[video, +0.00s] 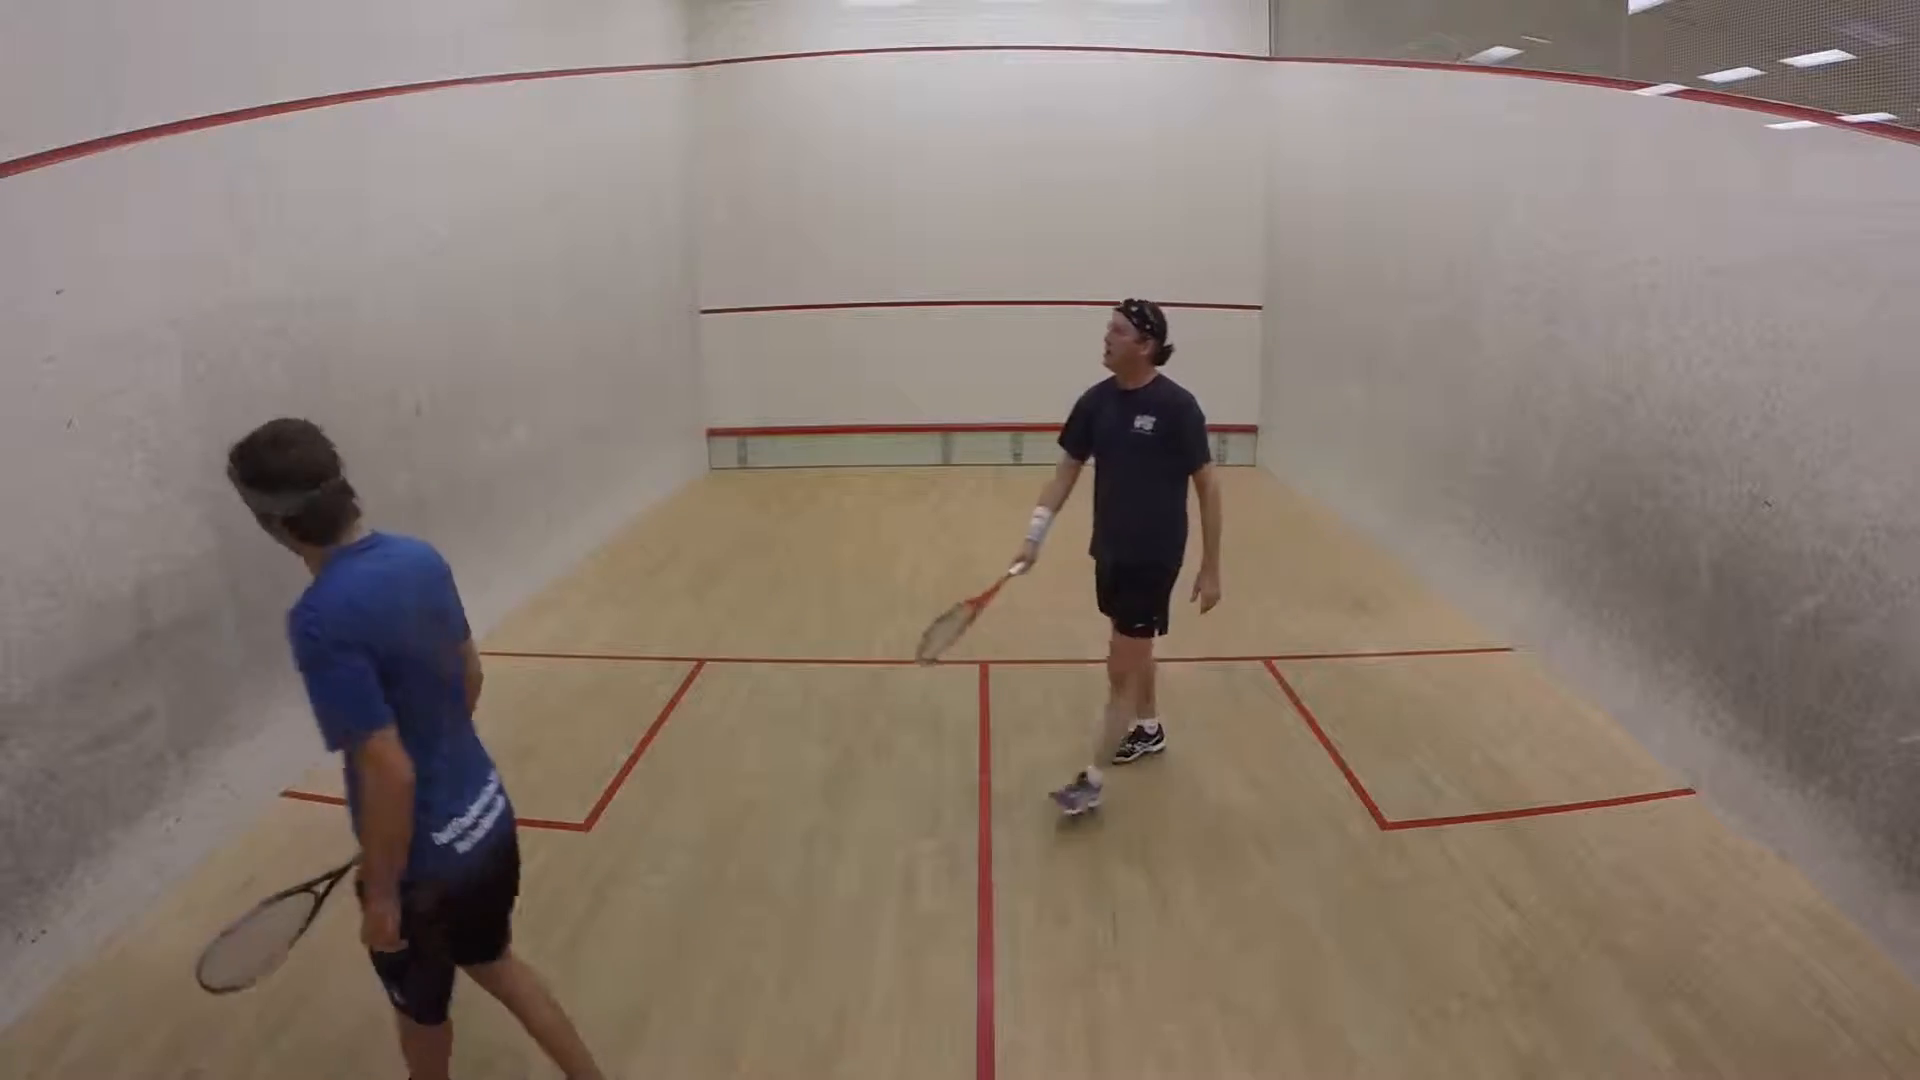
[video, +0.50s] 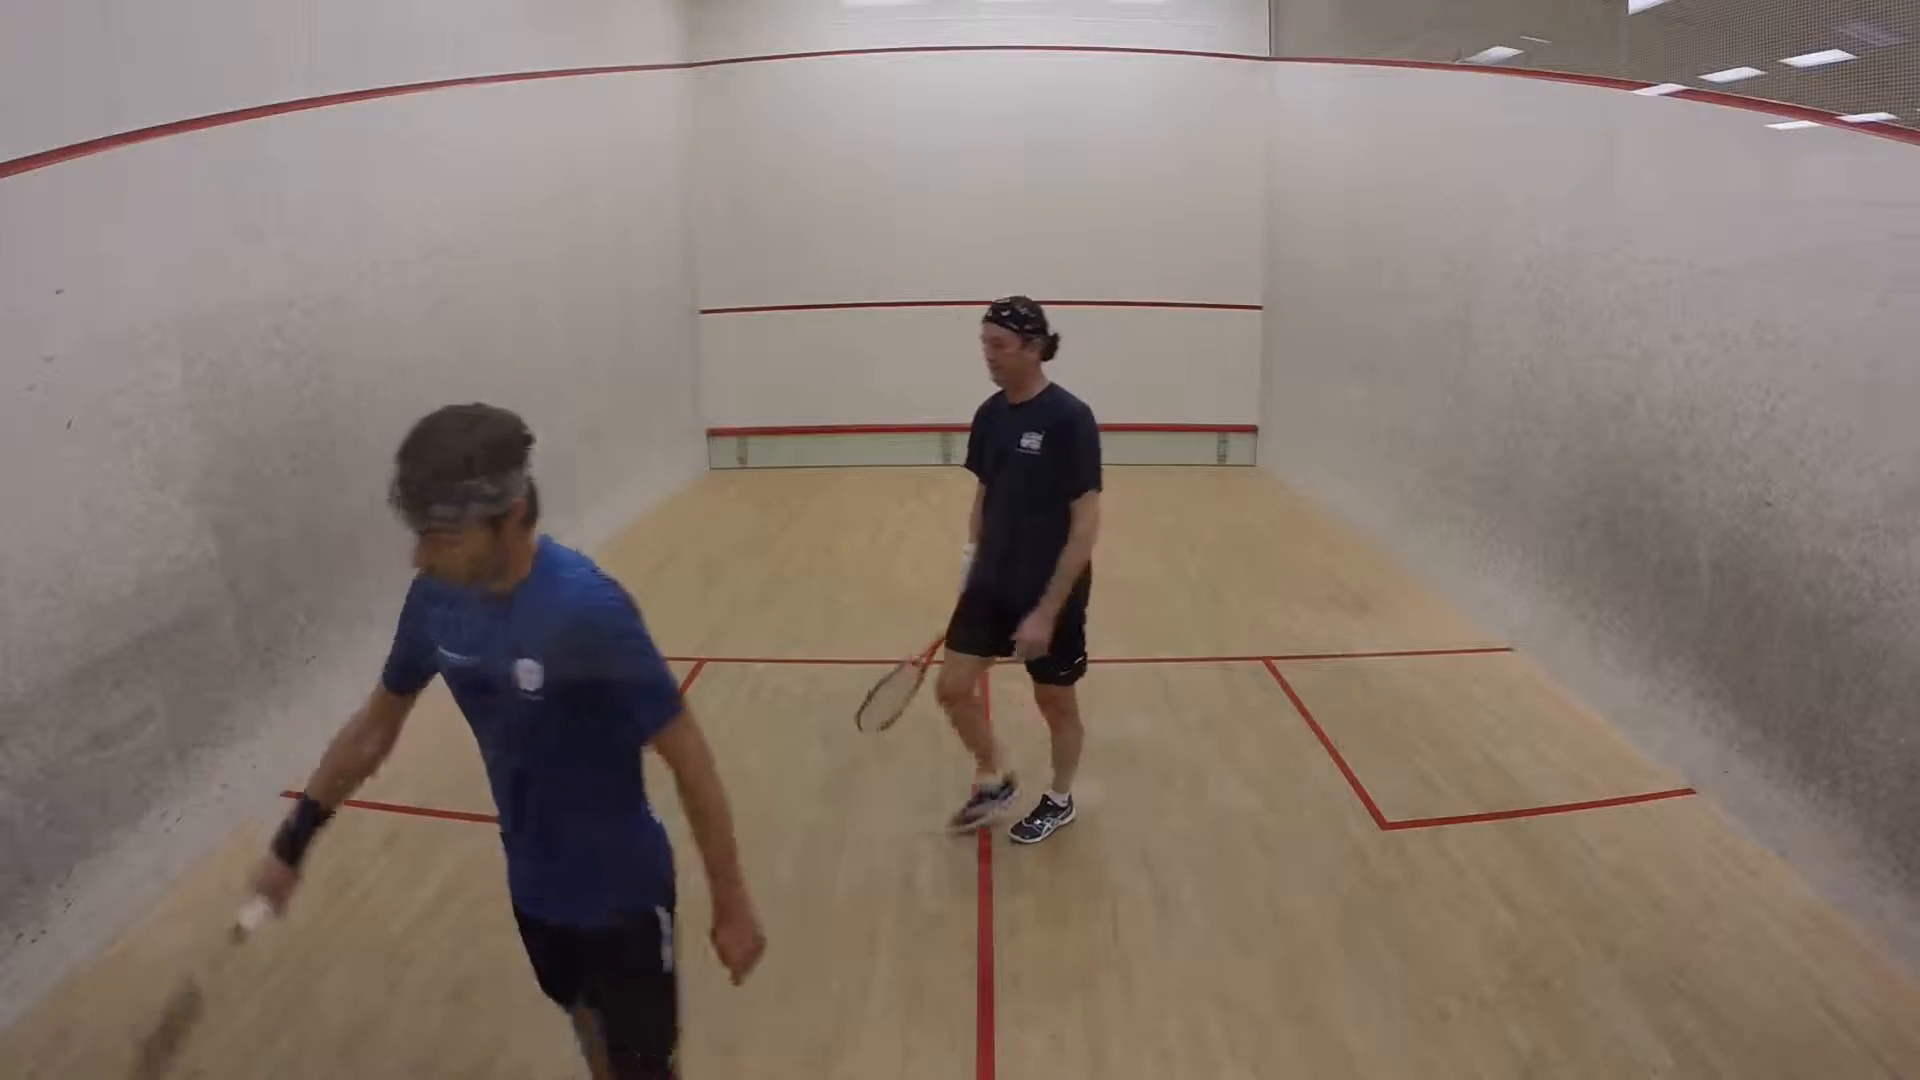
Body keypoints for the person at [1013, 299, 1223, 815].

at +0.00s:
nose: (1106, 338)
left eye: (1118, 333)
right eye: (1108, 329)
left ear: (1147, 346)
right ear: (1122, 342)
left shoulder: (1178, 407)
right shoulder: (1096, 401)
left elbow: (1207, 486)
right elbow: (1065, 472)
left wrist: (1210, 567)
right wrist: (1033, 536)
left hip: (1155, 552)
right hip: (1108, 546)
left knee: (1121, 667)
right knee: (1133, 643)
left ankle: (1093, 779)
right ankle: (1147, 726)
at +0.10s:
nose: (1086, 349)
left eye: (1097, 342)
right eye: (1087, 340)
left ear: (1129, 353)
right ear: (1096, 348)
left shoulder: (1160, 417)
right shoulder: (1076, 409)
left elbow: (1189, 497)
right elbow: (1046, 476)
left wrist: (1192, 578)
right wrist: (1010, 540)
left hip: (1136, 563)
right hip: (1090, 556)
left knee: (1096, 679)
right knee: (1120, 647)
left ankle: (1069, 792)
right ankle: (1147, 726)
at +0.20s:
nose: (1066, 353)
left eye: (1078, 345)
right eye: (1065, 342)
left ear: (1110, 355)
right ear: (1067, 348)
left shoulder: (1141, 423)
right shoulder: (1056, 414)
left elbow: (1166, 509)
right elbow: (1029, 485)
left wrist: (1169, 593)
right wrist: (994, 549)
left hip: (1115, 574)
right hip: (1067, 567)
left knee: (1076, 689)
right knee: (1094, 657)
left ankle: (1061, 798)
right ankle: (1139, 718)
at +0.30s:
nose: (1043, 349)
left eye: (1055, 341)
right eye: (1041, 339)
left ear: (1089, 348)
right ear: (1042, 343)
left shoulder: (1120, 419)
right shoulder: (1034, 410)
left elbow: (1140, 513)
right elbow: (1016, 488)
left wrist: (1136, 600)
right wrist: (985, 557)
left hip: (1094, 578)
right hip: (1041, 571)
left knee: (1073, 691)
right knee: (1038, 673)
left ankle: (1061, 799)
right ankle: (1107, 712)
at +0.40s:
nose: (1018, 349)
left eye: (1029, 340)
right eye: (1015, 338)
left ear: (1065, 344)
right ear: (1017, 341)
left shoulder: (1097, 417)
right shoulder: (1014, 409)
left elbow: (1113, 516)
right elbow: (1002, 490)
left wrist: (1095, 603)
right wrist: (978, 565)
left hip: (1073, 583)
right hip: (1018, 573)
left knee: (1066, 698)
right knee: (993, 680)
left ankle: (1060, 798)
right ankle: (1060, 729)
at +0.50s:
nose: (988, 356)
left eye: (998, 346)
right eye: (985, 345)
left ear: (1034, 348)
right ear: (991, 348)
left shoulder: (1072, 420)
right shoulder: (990, 414)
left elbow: (1086, 529)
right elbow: (984, 494)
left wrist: (1046, 611)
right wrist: (972, 561)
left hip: (1053, 584)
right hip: (994, 574)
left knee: (1056, 701)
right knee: (954, 688)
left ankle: (1060, 798)